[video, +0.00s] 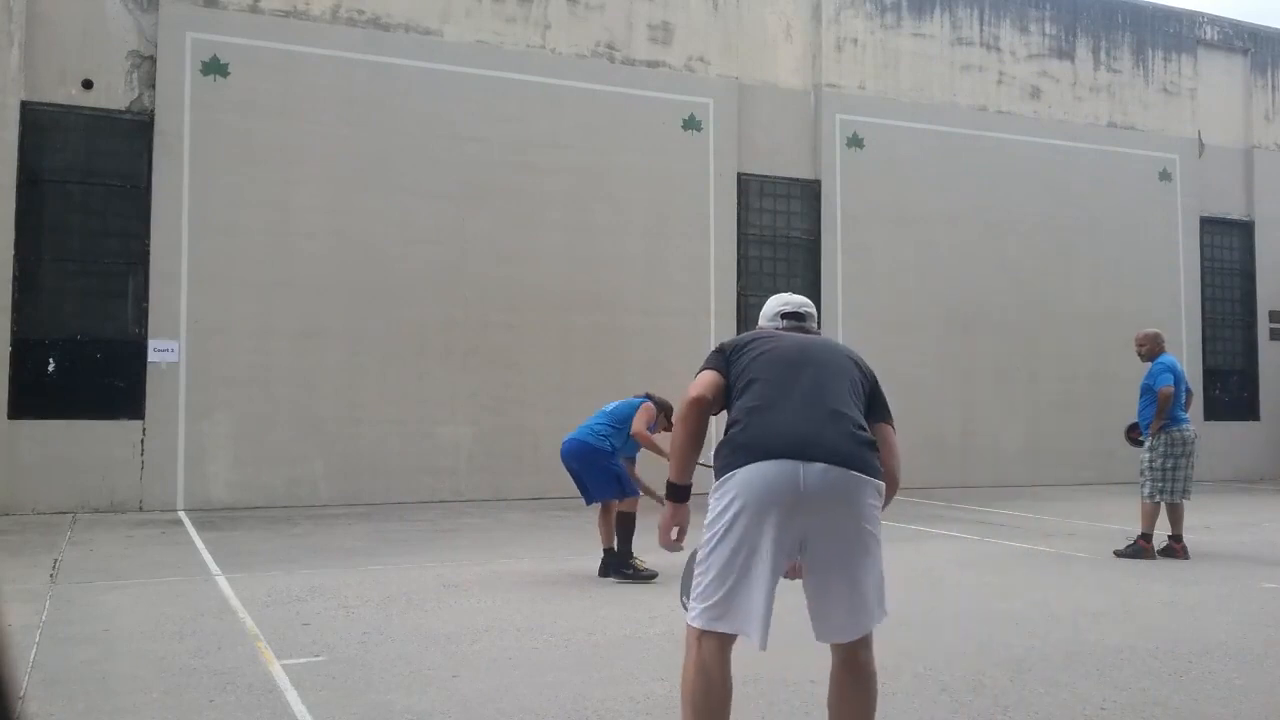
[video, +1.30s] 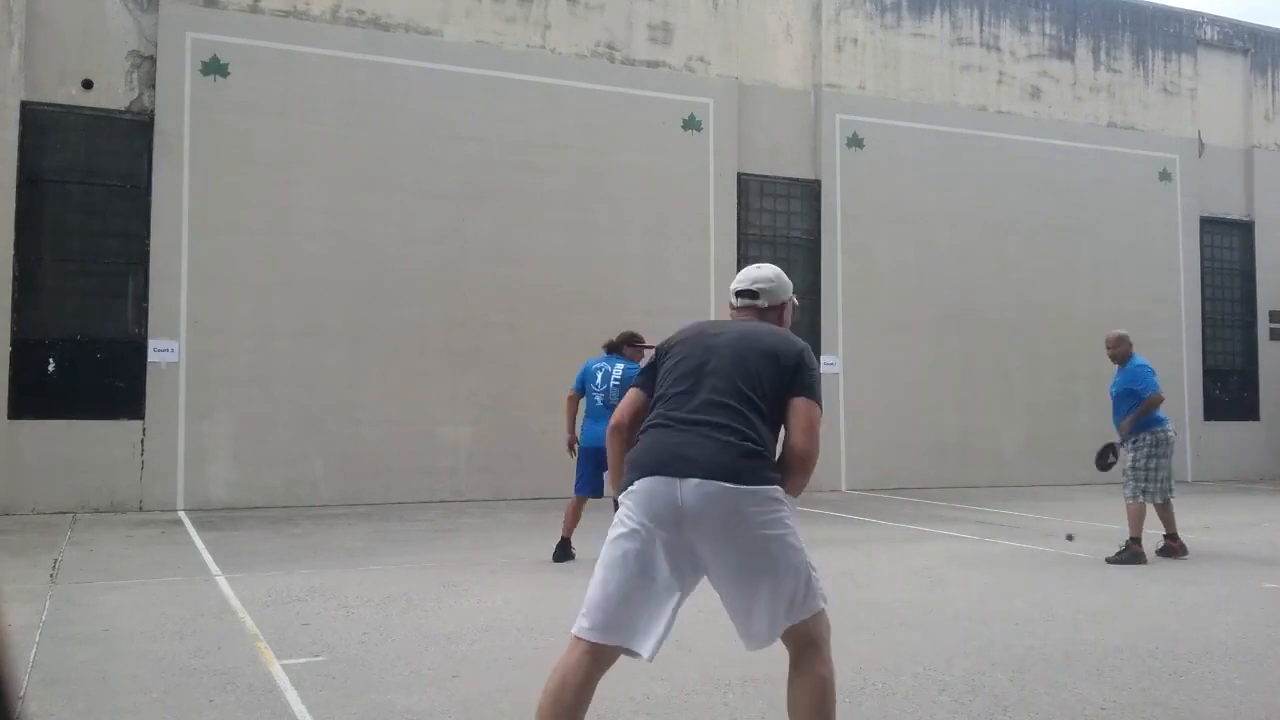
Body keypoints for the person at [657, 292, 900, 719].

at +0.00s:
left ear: (760, 328)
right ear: (817, 330)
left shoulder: (737, 347)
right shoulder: (854, 361)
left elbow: (699, 397)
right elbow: (889, 473)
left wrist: (677, 495)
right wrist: (821, 551)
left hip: (755, 469)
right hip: (849, 476)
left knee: (710, 634)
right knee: (853, 644)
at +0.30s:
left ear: (754, 332)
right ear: (813, 338)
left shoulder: (719, 352)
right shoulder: (841, 370)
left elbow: (677, 415)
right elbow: (865, 483)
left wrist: (686, 485)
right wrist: (814, 528)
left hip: (714, 476)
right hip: (812, 485)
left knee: (635, 631)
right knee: (836, 642)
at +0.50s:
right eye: (768, 348)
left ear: (719, 346)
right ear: (772, 351)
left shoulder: (674, 369)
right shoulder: (794, 382)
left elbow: (621, 447)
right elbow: (809, 489)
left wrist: (640, 502)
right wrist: (758, 534)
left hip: (650, 487)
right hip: (746, 493)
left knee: (578, 649)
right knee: (805, 644)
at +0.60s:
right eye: (745, 355)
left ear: (697, 351)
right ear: (749, 358)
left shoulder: (654, 372)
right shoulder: (770, 386)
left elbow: (596, 456)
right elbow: (779, 493)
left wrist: (644, 550)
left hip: (621, 479)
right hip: (718, 485)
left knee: (561, 649)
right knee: (784, 645)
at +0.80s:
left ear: (665, 351)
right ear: (718, 357)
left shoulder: (629, 373)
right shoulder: (747, 387)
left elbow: (580, 457)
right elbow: (756, 487)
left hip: (620, 483)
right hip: (717, 486)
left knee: (562, 651)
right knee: (777, 651)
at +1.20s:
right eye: (758, 326)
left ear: (700, 320)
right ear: (755, 327)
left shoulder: (653, 348)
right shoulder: (770, 360)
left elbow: (604, 443)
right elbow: (777, 468)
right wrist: (722, 539)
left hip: (630, 483)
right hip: (722, 488)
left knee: (571, 649)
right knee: (791, 644)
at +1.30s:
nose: (793, 317)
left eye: (792, 311)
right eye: (792, 311)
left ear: (731, 308)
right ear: (785, 311)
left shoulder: (681, 339)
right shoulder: (793, 349)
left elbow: (620, 423)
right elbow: (802, 448)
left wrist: (620, 497)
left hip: (651, 481)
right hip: (739, 487)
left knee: (589, 649)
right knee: (808, 643)